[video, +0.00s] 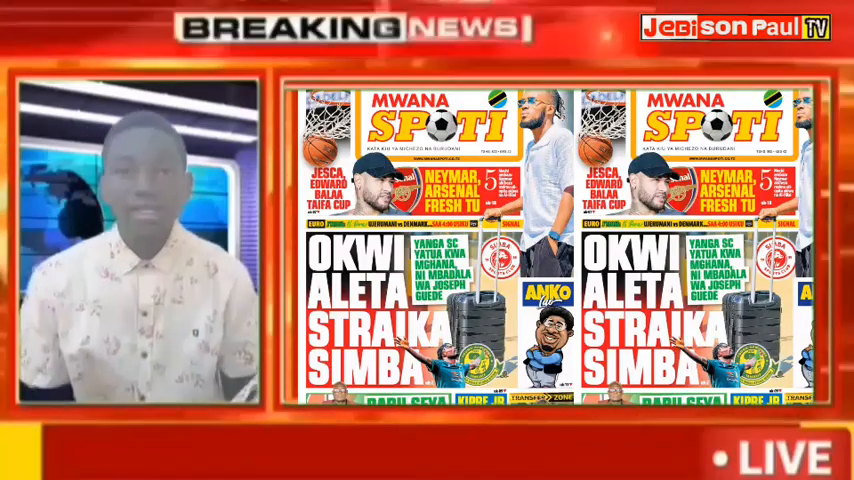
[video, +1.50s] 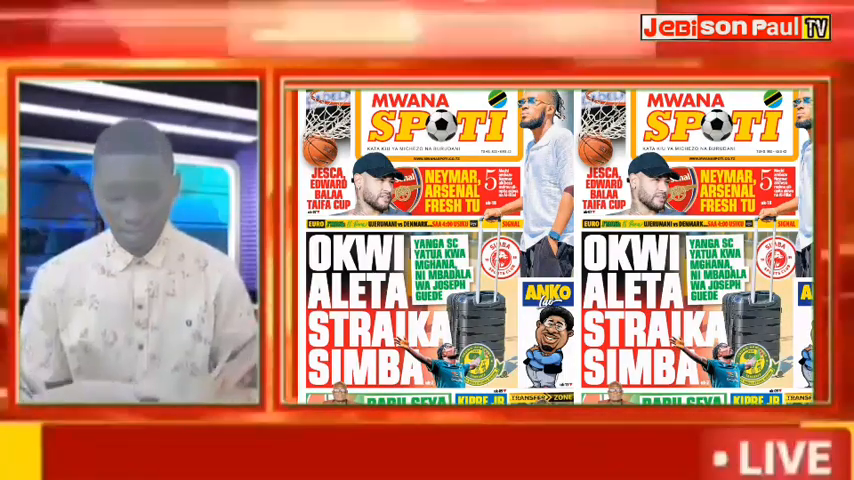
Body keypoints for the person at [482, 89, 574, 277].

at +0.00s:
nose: (523, 107)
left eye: (531, 101)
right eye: (522, 103)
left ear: (549, 110)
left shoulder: (563, 138)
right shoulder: (531, 147)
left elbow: (571, 192)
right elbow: (532, 196)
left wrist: (553, 238)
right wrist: (502, 211)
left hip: (552, 242)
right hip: (530, 243)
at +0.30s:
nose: (523, 107)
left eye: (531, 101)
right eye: (522, 103)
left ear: (549, 110)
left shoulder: (563, 138)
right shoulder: (531, 147)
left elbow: (571, 192)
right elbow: (532, 196)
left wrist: (553, 238)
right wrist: (501, 211)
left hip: (551, 242)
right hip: (530, 243)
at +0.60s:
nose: (523, 107)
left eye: (531, 101)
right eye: (522, 103)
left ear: (550, 110)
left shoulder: (563, 138)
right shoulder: (531, 147)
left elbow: (571, 192)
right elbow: (532, 196)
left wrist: (554, 238)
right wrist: (501, 211)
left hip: (551, 242)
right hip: (530, 243)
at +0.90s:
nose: (523, 107)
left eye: (531, 101)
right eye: (522, 103)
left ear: (549, 110)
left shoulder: (563, 138)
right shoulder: (531, 147)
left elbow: (571, 192)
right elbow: (532, 196)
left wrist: (553, 238)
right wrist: (501, 211)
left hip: (552, 242)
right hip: (530, 243)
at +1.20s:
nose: (523, 107)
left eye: (531, 101)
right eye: (522, 103)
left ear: (549, 110)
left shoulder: (563, 138)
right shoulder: (531, 147)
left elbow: (571, 192)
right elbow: (532, 196)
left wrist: (553, 238)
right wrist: (502, 211)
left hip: (552, 242)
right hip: (530, 243)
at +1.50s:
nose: (523, 107)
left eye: (531, 101)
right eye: (522, 103)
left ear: (549, 110)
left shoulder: (563, 138)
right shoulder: (531, 147)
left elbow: (571, 192)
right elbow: (532, 196)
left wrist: (553, 238)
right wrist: (502, 211)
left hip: (552, 242)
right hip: (530, 243)